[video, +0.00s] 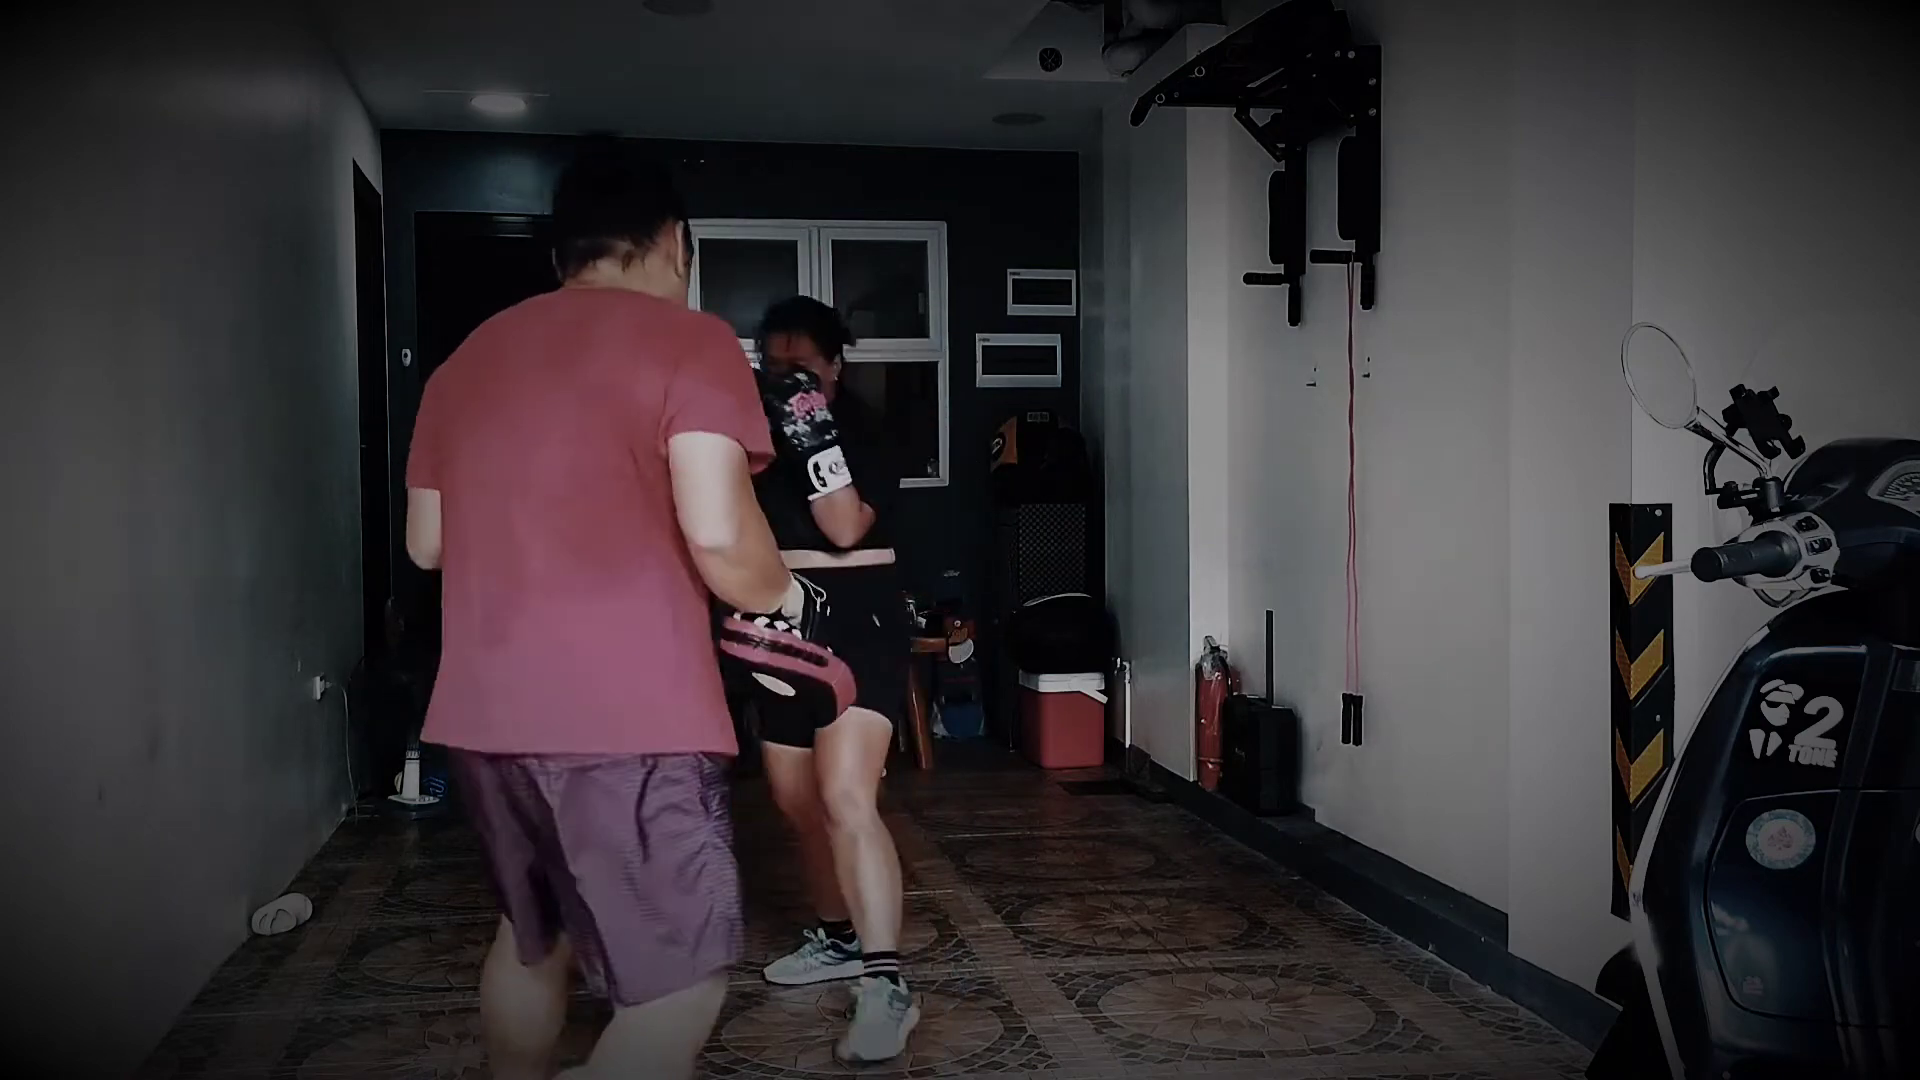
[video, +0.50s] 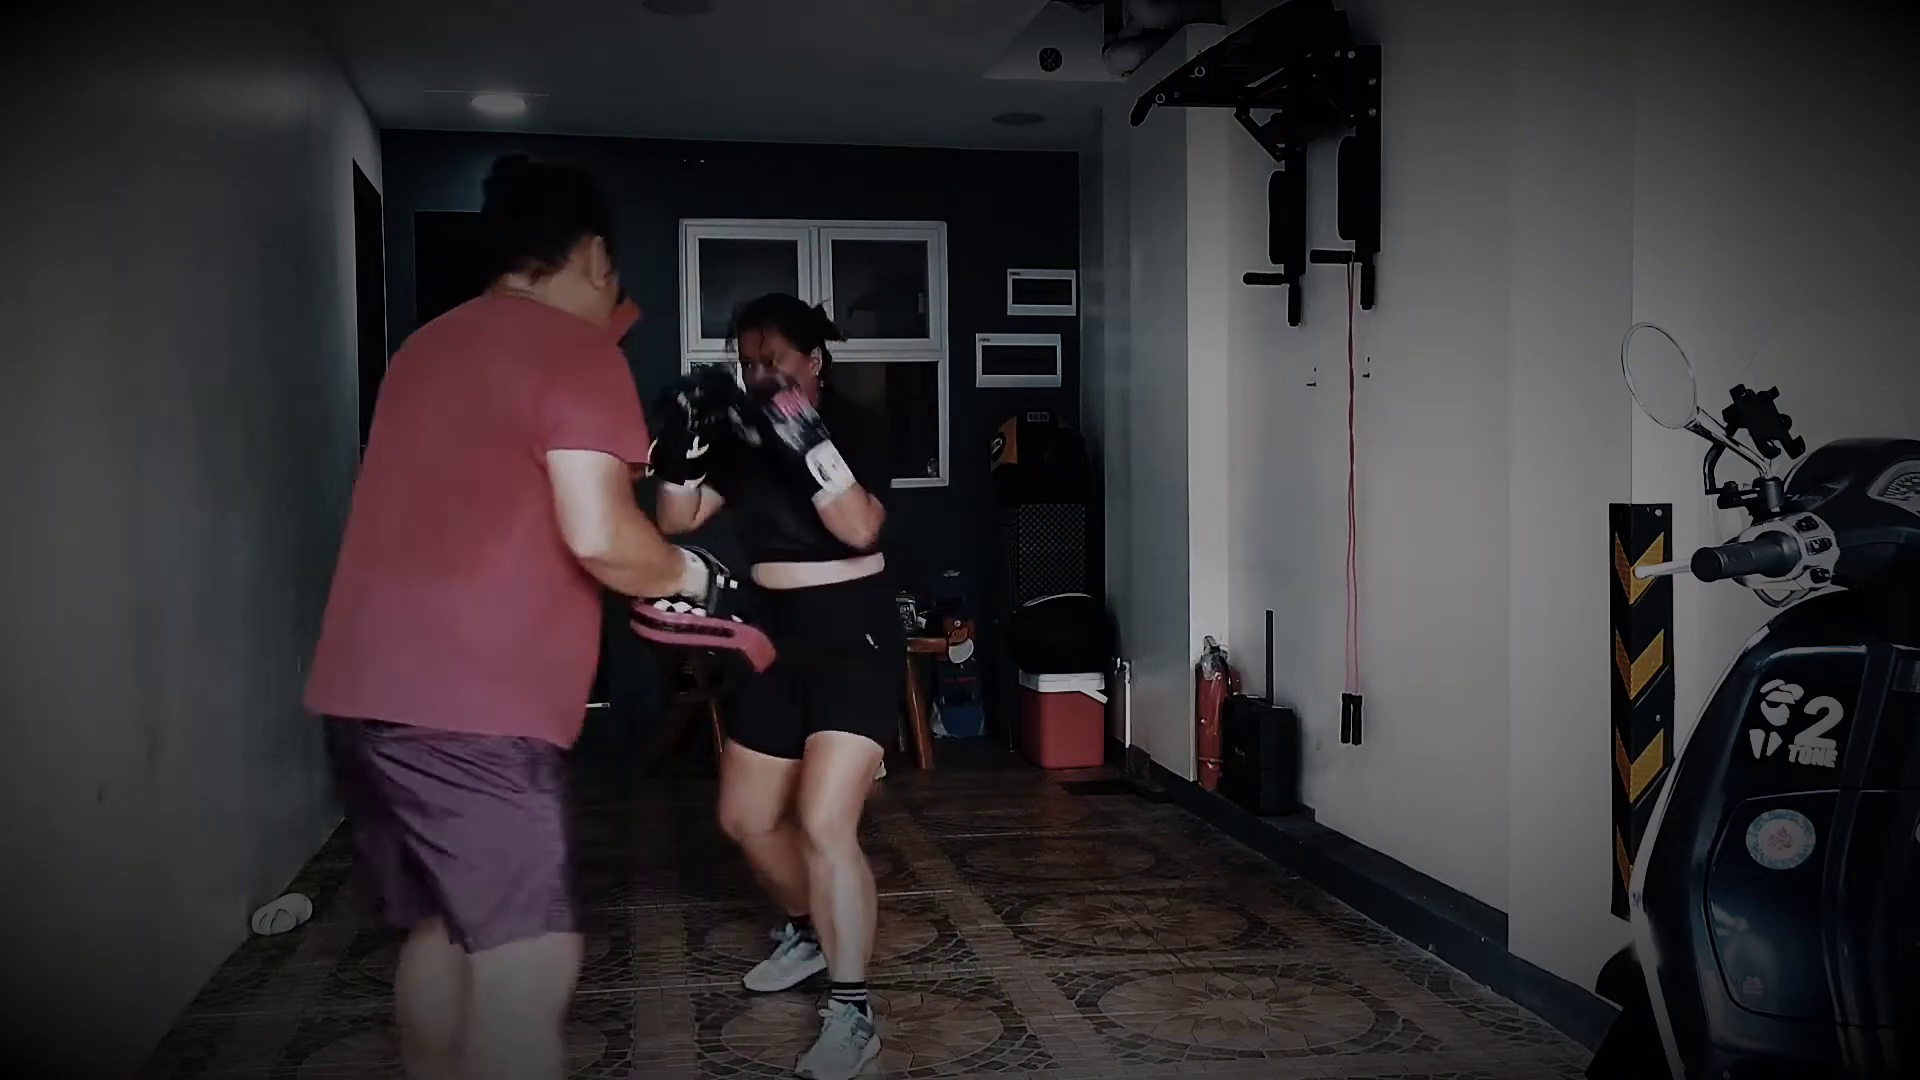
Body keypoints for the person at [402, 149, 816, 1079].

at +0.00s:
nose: (688, 271)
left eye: (686, 253)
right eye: (687, 252)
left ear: (566, 250)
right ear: (669, 241)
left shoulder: (464, 361)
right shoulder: (686, 336)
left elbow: (426, 541)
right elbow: (719, 536)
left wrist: (547, 527)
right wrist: (782, 593)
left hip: (481, 725)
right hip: (631, 727)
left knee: (528, 933)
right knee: (676, 984)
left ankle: (510, 1077)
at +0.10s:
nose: (684, 256)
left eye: (681, 236)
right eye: (681, 235)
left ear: (562, 234)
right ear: (664, 225)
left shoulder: (466, 340)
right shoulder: (678, 318)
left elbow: (448, 518)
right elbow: (712, 520)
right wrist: (774, 574)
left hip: (471, 705)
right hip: (614, 712)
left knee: (506, 921)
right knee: (651, 979)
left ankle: (470, 1073)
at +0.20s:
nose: (670, 254)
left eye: (666, 236)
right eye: (668, 234)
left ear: (552, 232)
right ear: (650, 227)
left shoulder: (465, 340)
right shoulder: (663, 325)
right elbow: (707, 529)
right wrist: (771, 576)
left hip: (452, 712)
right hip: (597, 721)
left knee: (482, 925)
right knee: (653, 971)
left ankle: (442, 1075)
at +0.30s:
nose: (654, 269)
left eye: (652, 253)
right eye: (653, 249)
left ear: (536, 247)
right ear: (635, 243)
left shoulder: (457, 349)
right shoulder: (638, 345)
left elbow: (511, 521)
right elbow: (678, 546)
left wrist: (677, 514)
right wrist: (752, 583)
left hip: (429, 725)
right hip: (566, 737)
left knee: (462, 932)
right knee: (648, 965)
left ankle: (431, 1079)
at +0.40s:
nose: (635, 293)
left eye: (632, 270)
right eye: (632, 268)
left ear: (520, 258)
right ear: (612, 254)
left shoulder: (437, 356)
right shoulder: (606, 356)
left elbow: (506, 514)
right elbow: (641, 550)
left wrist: (665, 509)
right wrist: (721, 588)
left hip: (398, 713)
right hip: (523, 726)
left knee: (451, 930)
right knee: (592, 971)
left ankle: (428, 1074)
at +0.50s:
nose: (615, 293)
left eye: (609, 270)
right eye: (609, 267)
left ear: (509, 256)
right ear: (582, 252)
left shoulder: (425, 347)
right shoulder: (574, 348)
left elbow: (482, 509)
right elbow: (602, 537)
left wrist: (638, 559)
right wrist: (689, 574)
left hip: (368, 699)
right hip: (479, 712)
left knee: (436, 930)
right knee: (529, 955)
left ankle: (436, 1075)